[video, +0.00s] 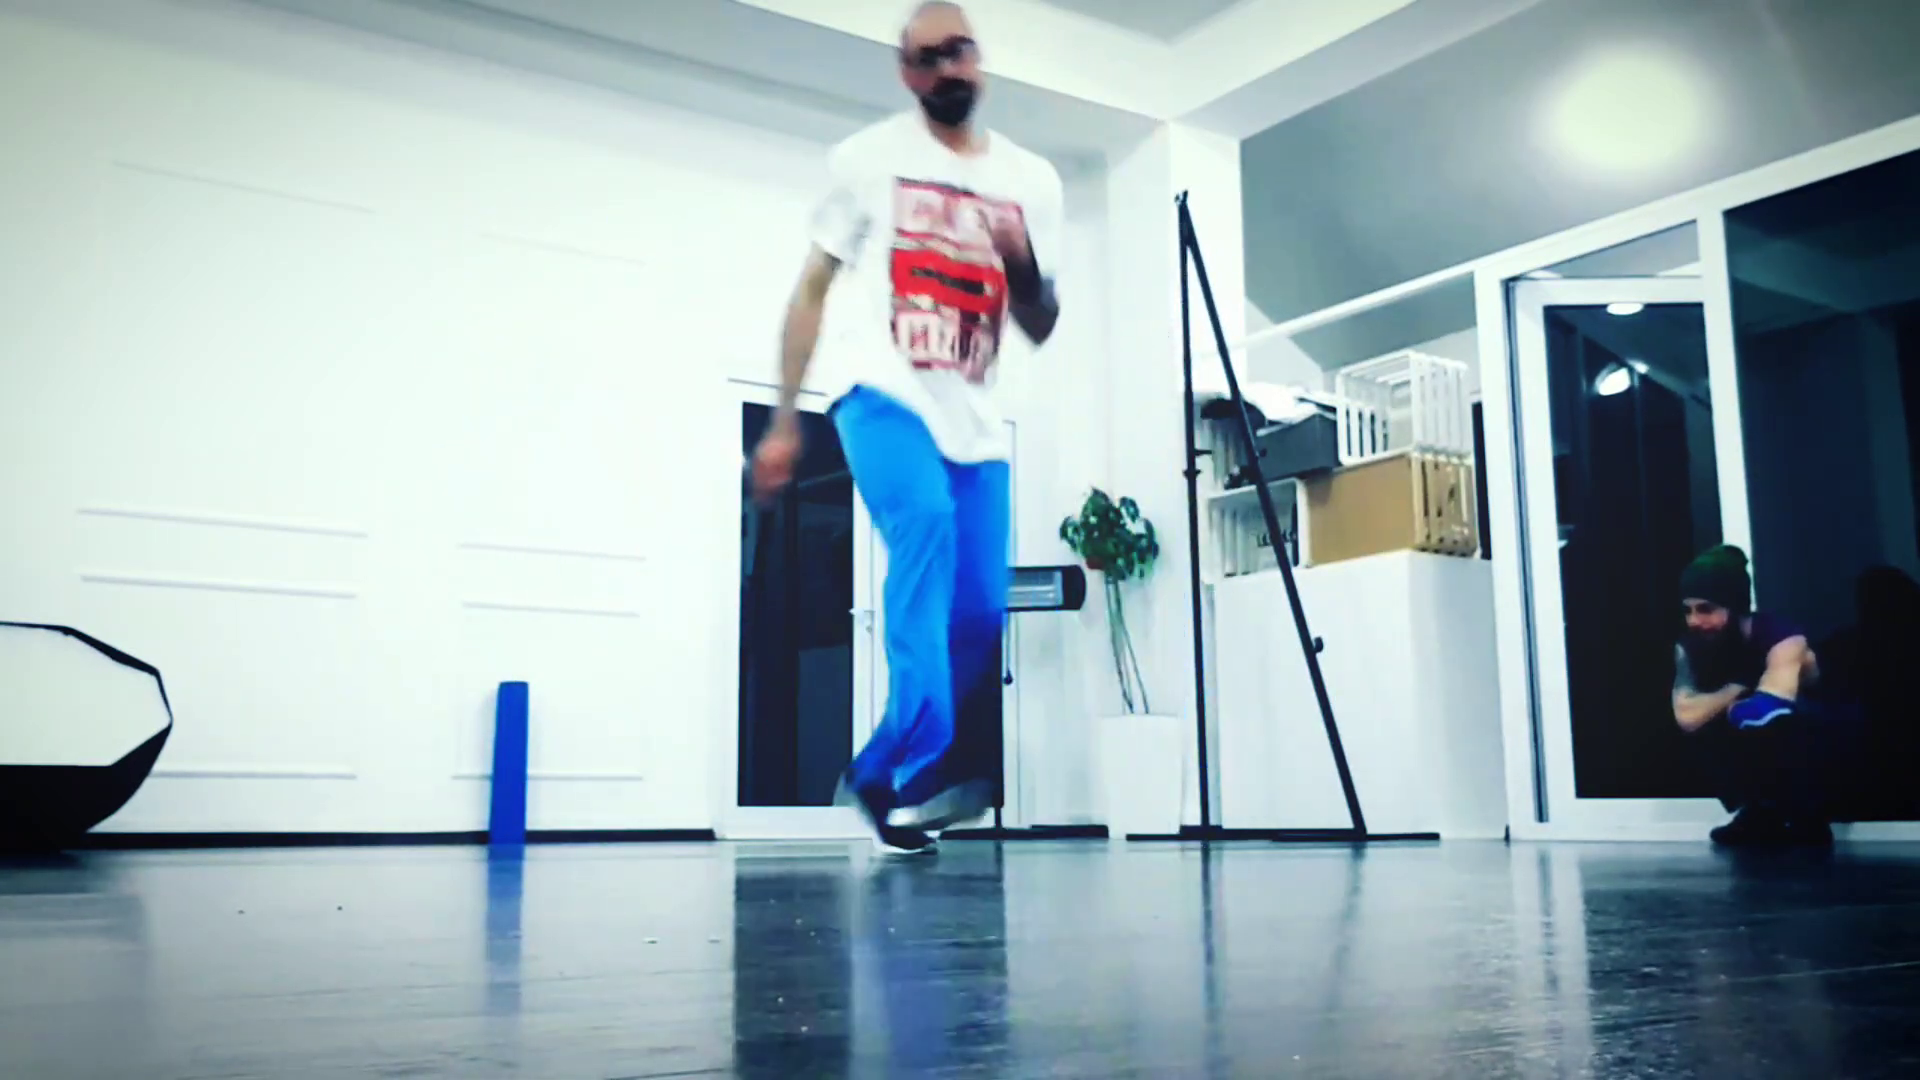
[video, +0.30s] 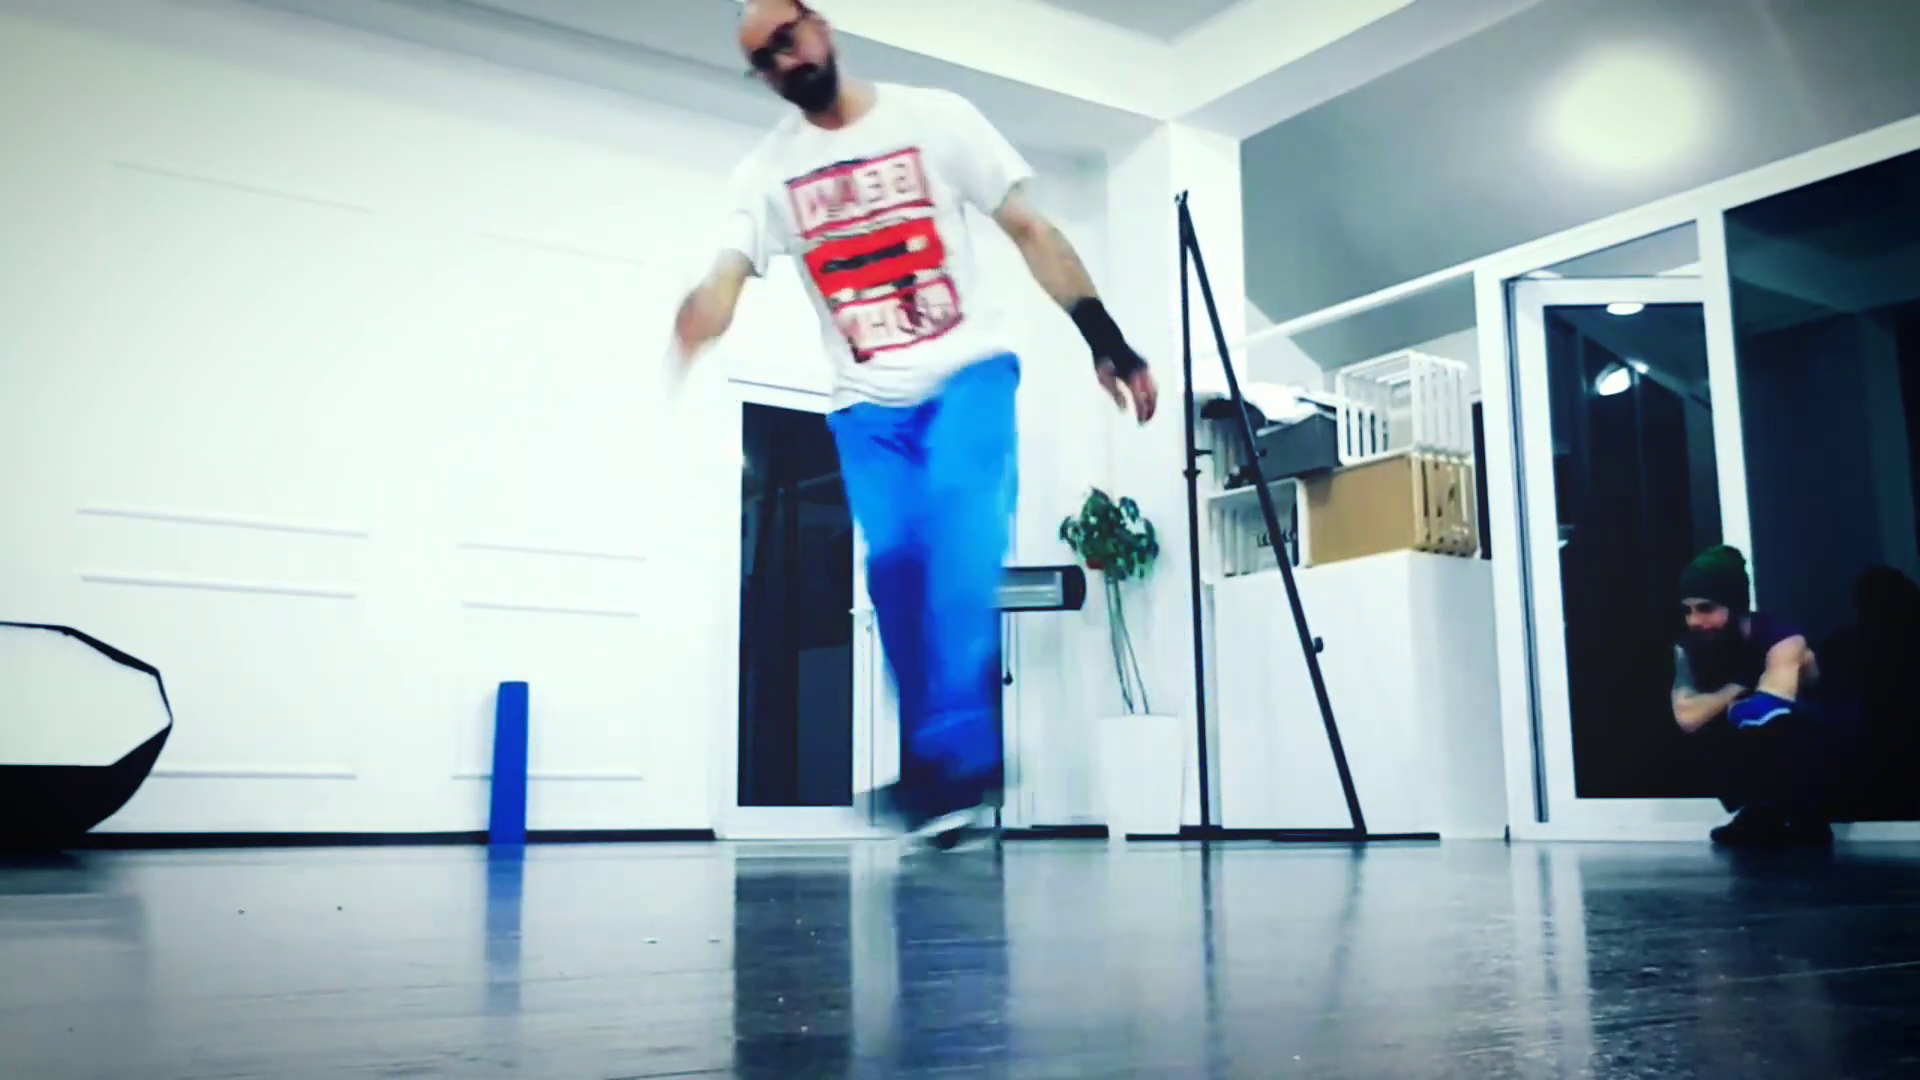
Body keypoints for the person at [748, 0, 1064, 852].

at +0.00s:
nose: (948, 68)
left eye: (958, 51)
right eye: (928, 58)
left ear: (982, 57)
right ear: (905, 72)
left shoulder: (1029, 177)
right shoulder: (868, 159)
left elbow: (1039, 326)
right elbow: (811, 289)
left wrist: (1020, 260)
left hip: (978, 408)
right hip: (883, 391)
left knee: (984, 604)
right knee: (927, 524)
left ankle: (879, 772)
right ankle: (920, 775)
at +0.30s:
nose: (784, 63)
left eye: (788, 38)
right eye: (763, 59)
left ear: (823, 24)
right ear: (757, 73)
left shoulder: (937, 119)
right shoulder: (768, 171)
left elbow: (1031, 230)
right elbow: (728, 273)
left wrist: (1105, 338)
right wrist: (699, 316)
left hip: (970, 372)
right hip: (868, 398)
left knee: (959, 540)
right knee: (891, 557)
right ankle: (943, 773)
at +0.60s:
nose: (724, 104)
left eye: (726, 80)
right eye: (707, 103)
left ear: (767, 60)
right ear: (711, 120)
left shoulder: (886, 124)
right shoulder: (745, 199)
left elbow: (1011, 214)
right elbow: (654, 271)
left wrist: (1029, 338)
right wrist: (606, 270)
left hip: (949, 357)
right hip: (875, 401)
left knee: (856, 556)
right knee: (867, 588)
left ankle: (888, 800)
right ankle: (1073, 624)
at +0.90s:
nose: (736, 118)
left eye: (743, 94)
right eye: (728, 118)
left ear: (789, 79)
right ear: (745, 132)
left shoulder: (861, 105)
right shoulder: (818, 184)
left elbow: (810, 188)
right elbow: (892, 322)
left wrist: (718, 149)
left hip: (947, 384)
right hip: (867, 404)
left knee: (934, 584)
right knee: (766, 539)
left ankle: (1076, 767)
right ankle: (775, 773)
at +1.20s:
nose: (709, 166)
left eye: (705, 148)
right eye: (702, 162)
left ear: (734, 111)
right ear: (751, 117)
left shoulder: (765, 123)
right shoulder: (837, 164)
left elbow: (768, 215)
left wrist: (715, 326)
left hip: (826, 341)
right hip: (909, 363)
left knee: (712, 533)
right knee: (812, 567)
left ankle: (659, 754)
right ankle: (898, 761)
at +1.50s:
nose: (715, 202)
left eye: (715, 192)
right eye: (722, 191)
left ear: (720, 185)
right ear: (777, 182)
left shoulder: (711, 216)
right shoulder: (832, 216)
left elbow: (664, 334)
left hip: (705, 417)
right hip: (797, 414)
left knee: (726, 618)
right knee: (787, 633)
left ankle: (722, 809)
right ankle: (621, 522)